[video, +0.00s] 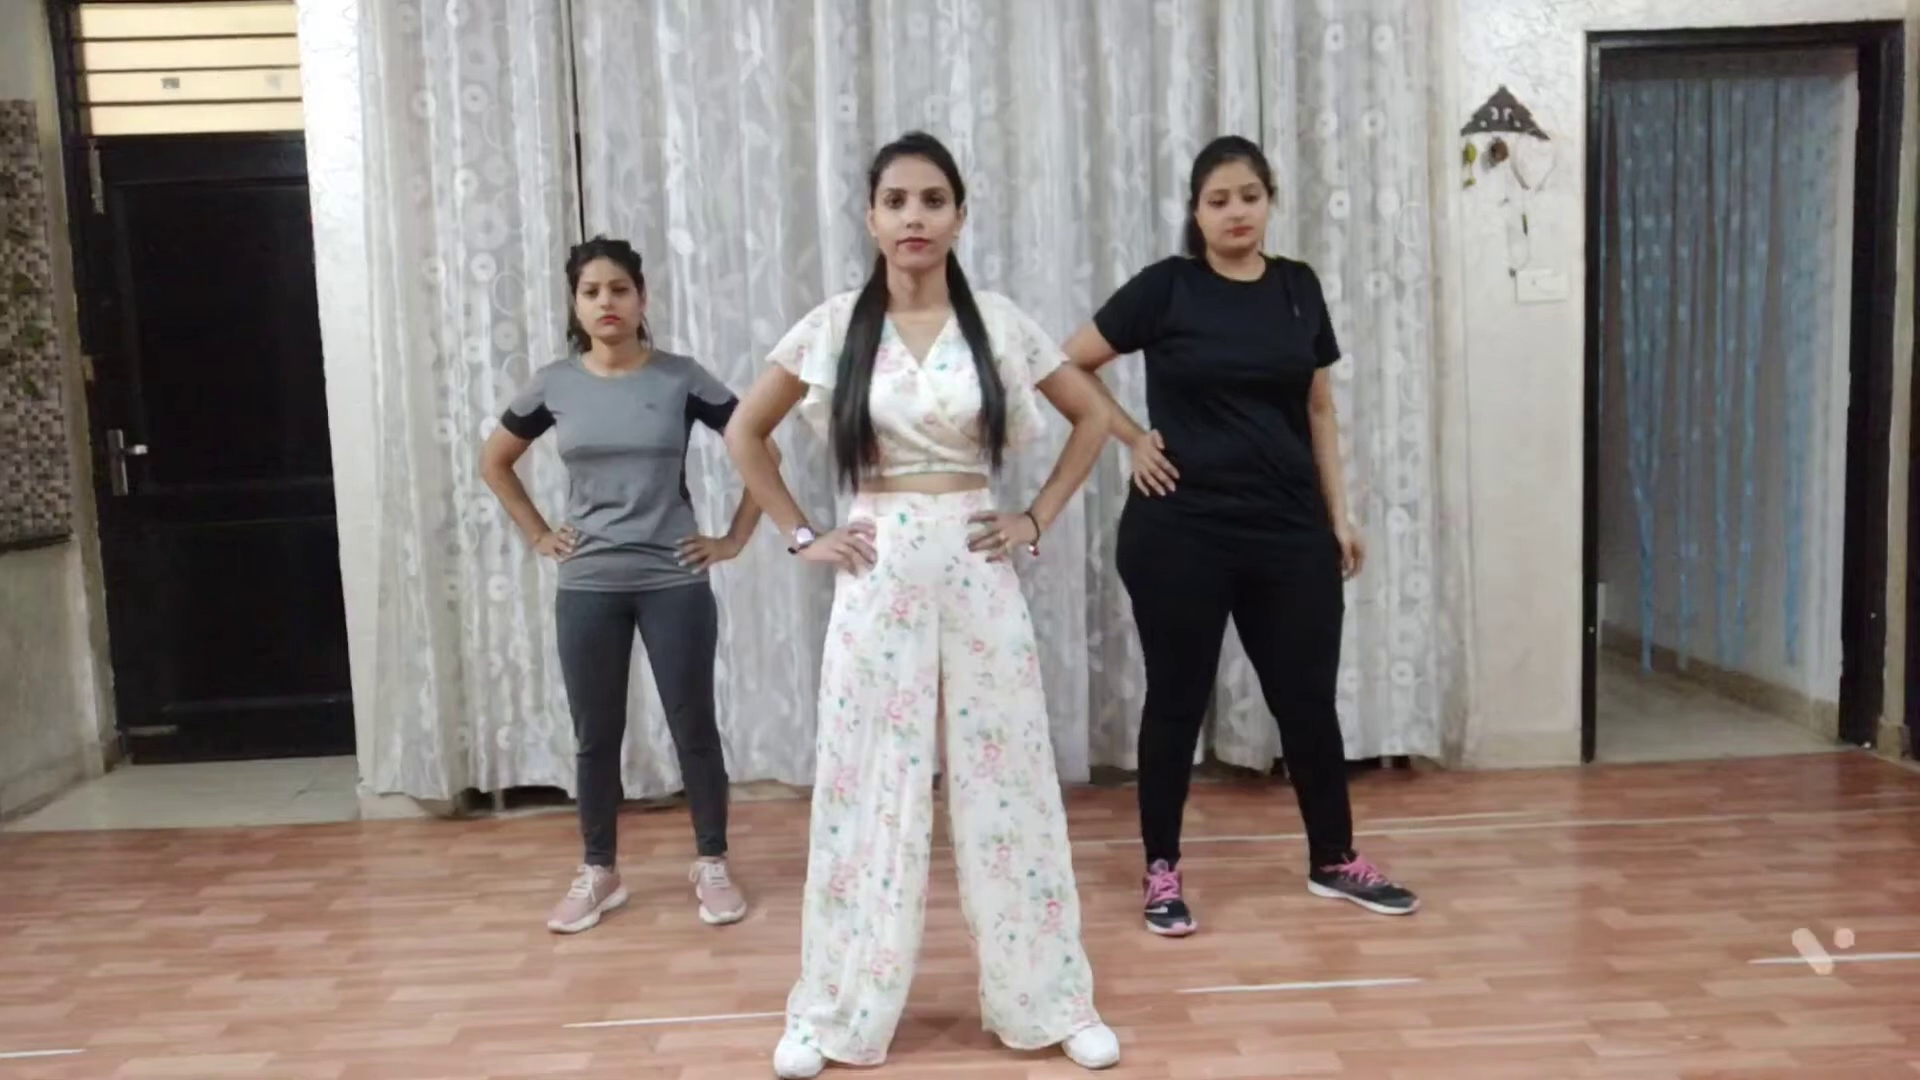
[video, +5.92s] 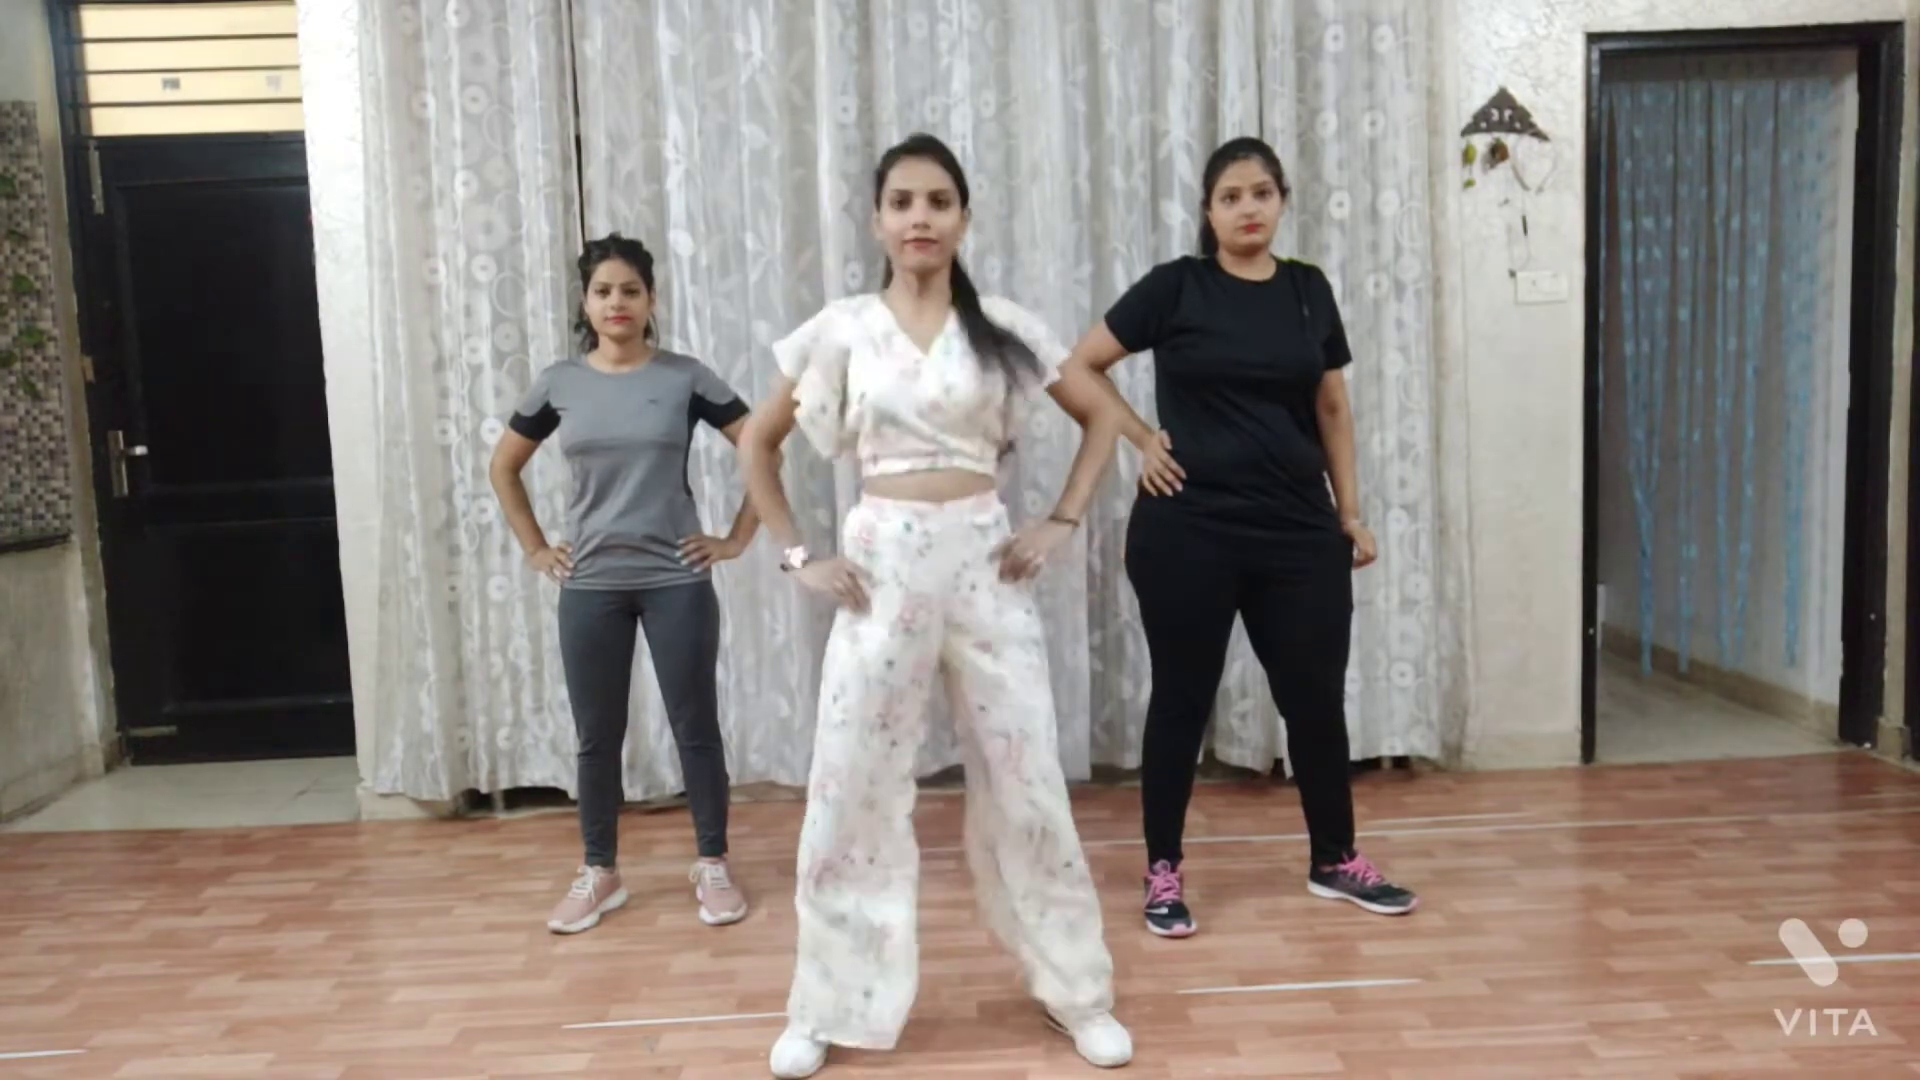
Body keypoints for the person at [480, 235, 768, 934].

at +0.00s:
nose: (607, 303)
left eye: (619, 289)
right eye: (592, 292)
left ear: (642, 298)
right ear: (574, 305)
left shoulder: (680, 379)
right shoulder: (555, 385)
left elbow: (762, 450)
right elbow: (494, 463)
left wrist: (734, 539)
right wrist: (540, 533)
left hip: (674, 574)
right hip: (589, 579)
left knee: (693, 728)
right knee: (596, 736)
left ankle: (712, 866)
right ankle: (598, 872)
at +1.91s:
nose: (614, 302)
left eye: (626, 289)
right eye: (599, 291)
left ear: (648, 297)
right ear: (581, 304)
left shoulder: (685, 378)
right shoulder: (559, 385)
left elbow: (764, 450)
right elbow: (495, 468)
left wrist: (738, 538)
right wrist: (538, 548)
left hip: (678, 575)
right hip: (592, 581)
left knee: (696, 727)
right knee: (597, 737)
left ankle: (713, 866)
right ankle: (599, 872)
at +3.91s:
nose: (622, 303)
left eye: (635, 291)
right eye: (608, 292)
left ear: (655, 301)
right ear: (588, 302)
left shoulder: (689, 380)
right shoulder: (562, 384)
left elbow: (769, 455)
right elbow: (503, 468)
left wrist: (738, 538)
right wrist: (538, 549)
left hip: (676, 575)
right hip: (591, 577)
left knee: (696, 729)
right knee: (597, 736)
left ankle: (712, 867)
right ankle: (599, 872)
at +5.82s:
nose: (616, 302)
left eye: (629, 290)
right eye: (603, 291)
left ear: (650, 300)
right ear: (584, 303)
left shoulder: (686, 378)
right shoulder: (559, 384)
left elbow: (766, 452)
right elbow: (503, 467)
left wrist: (736, 539)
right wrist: (538, 550)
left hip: (676, 574)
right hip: (591, 580)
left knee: (695, 725)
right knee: (597, 736)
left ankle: (712, 866)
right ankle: (599, 872)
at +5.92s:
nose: (617, 303)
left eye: (630, 291)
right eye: (604, 292)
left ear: (651, 301)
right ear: (585, 303)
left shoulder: (686, 378)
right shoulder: (559, 384)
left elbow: (765, 448)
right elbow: (504, 466)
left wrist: (737, 538)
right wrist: (538, 549)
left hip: (676, 574)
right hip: (591, 580)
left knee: (695, 725)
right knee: (596, 736)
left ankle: (712, 866)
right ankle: (599, 872)